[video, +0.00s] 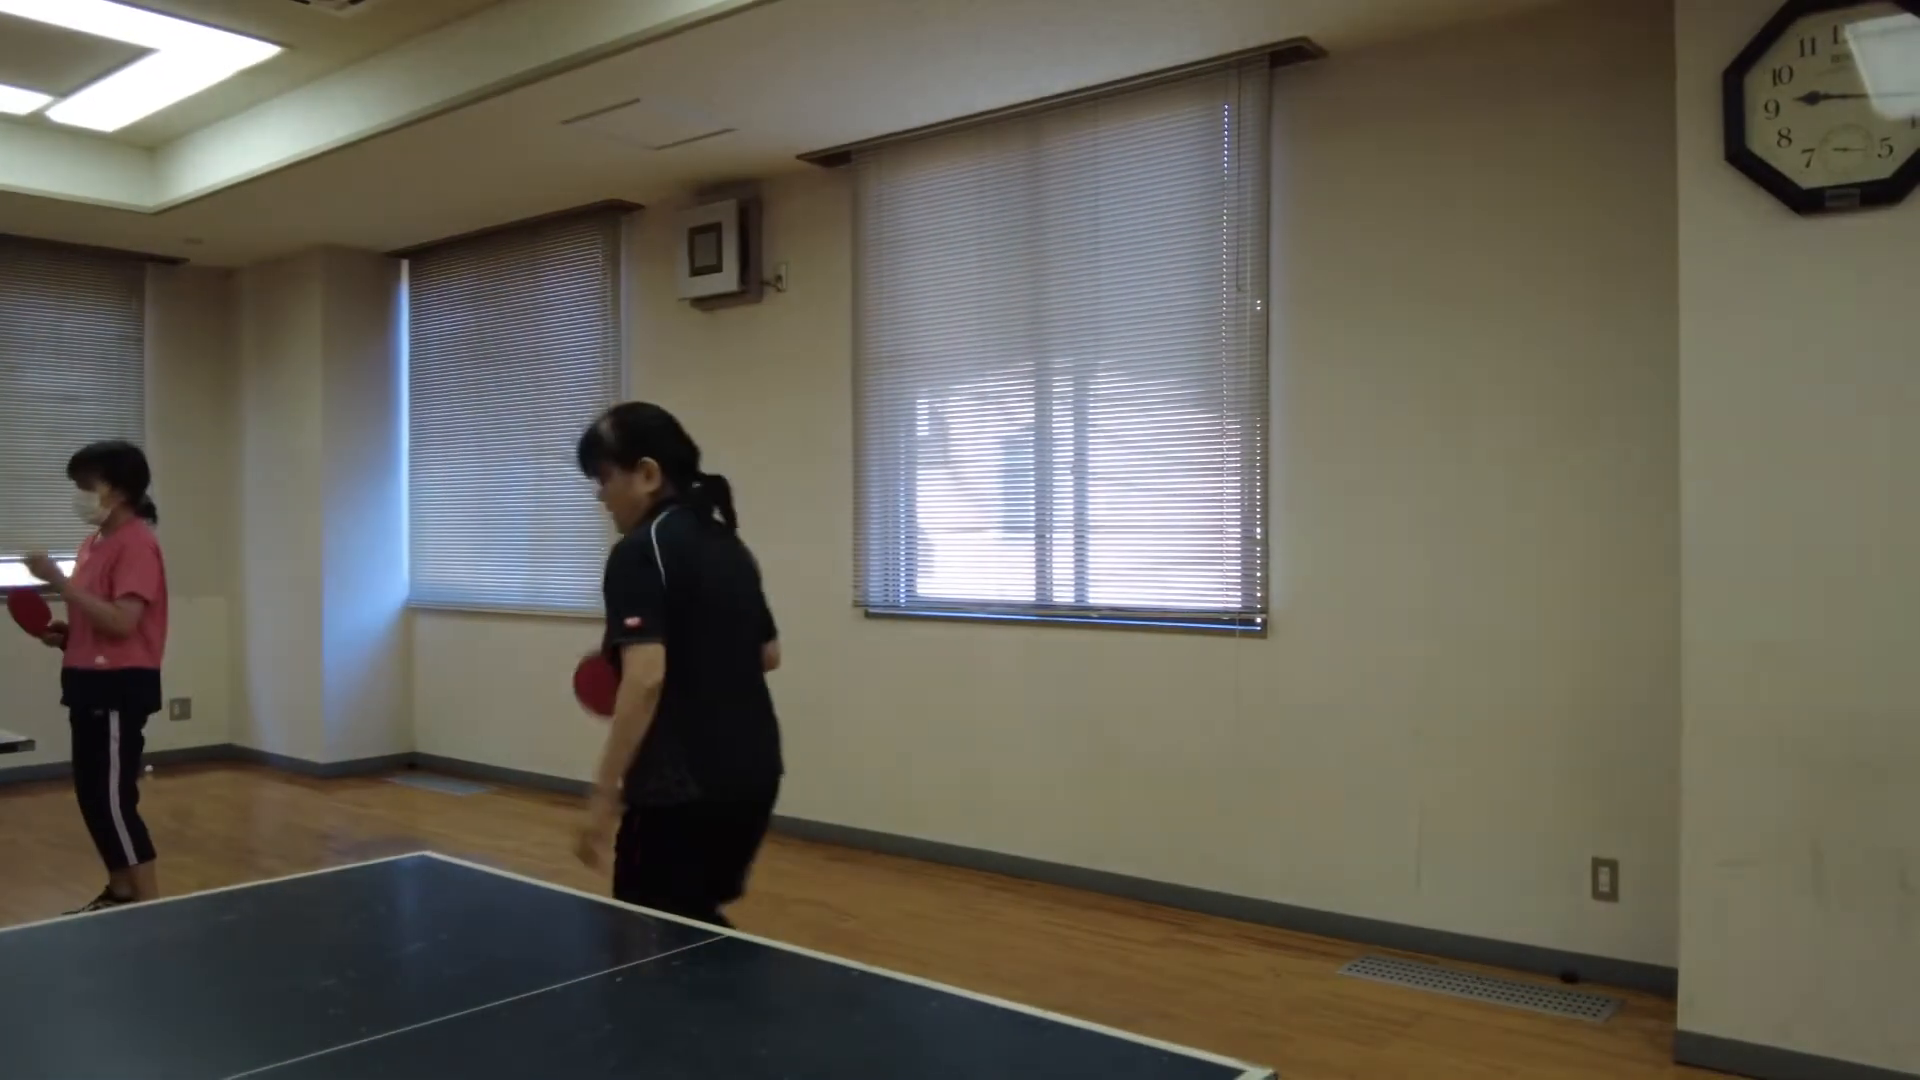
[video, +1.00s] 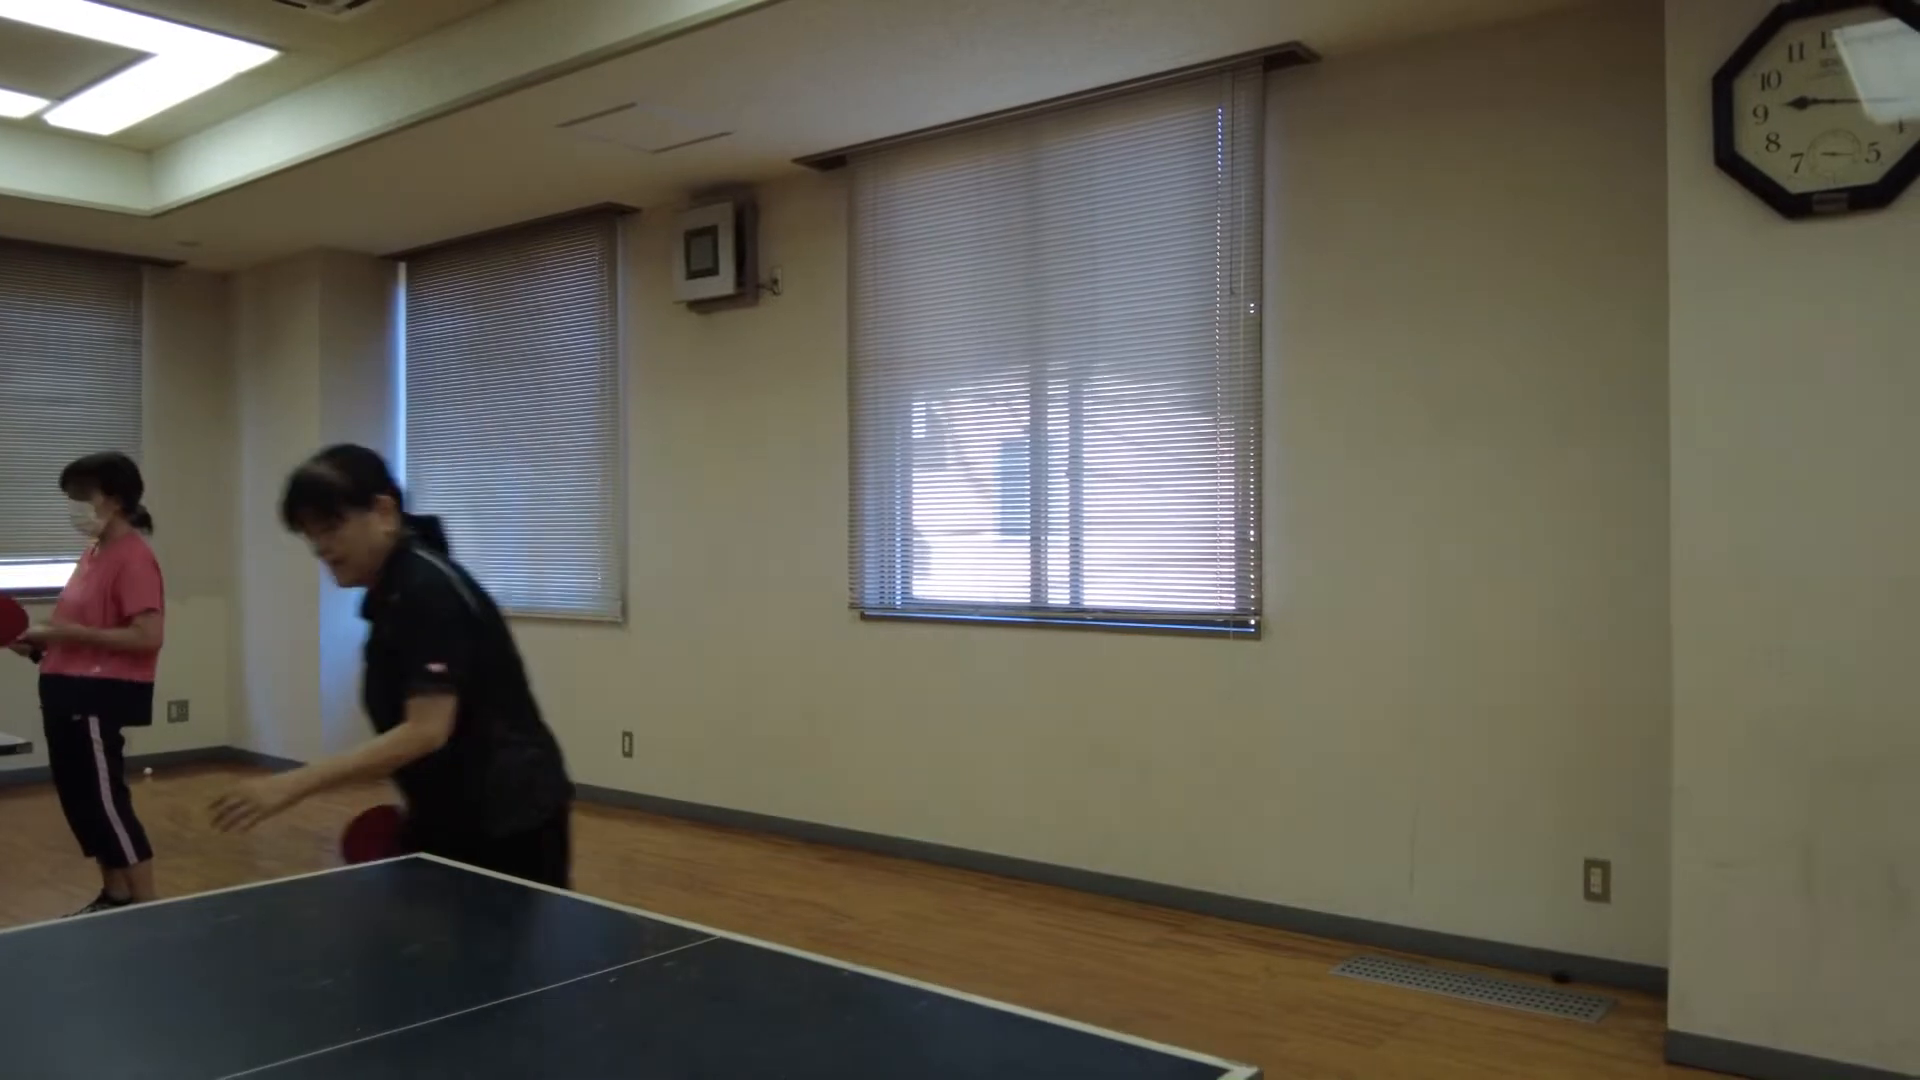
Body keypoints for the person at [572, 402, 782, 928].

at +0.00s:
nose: (600, 497)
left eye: (605, 479)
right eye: (597, 483)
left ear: (648, 474)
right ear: (655, 474)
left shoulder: (639, 553)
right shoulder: (726, 543)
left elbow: (644, 678)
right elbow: (766, 652)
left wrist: (605, 793)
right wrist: (666, 665)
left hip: (676, 778)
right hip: (749, 768)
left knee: (645, 925)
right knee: (694, 913)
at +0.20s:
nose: (546, 512)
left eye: (555, 493)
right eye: (540, 500)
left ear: (604, 483)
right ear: (607, 488)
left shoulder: (614, 551)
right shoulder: (644, 545)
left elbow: (635, 672)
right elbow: (706, 661)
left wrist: (555, 736)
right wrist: (643, 737)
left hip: (649, 788)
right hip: (676, 780)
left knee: (601, 931)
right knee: (625, 933)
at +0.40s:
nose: (502, 541)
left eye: (511, 521)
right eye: (492, 530)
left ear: (557, 506)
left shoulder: (589, 570)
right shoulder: (567, 575)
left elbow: (650, 677)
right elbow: (597, 692)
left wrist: (593, 780)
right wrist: (571, 793)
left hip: (639, 798)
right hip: (613, 796)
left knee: (570, 927)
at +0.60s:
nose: (483, 530)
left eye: (492, 509)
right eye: (473, 519)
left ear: (538, 494)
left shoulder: (572, 556)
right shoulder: (545, 568)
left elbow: (636, 660)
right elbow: (588, 684)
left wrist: (578, 766)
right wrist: (540, 764)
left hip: (627, 789)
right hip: (589, 790)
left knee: (613, 946)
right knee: (540, 930)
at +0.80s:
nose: (449, 548)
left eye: (460, 529)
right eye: (439, 535)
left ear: (510, 518)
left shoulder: (550, 593)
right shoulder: (504, 598)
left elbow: (557, 725)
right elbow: (525, 718)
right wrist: (497, 793)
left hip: (609, 808)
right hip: (538, 801)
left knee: (627, 955)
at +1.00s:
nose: (321, 549)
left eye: (332, 528)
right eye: (312, 536)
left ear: (384, 512)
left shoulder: (426, 588)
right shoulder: (399, 588)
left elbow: (428, 729)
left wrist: (292, 785)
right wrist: (419, 803)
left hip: (504, 821)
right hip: (455, 815)